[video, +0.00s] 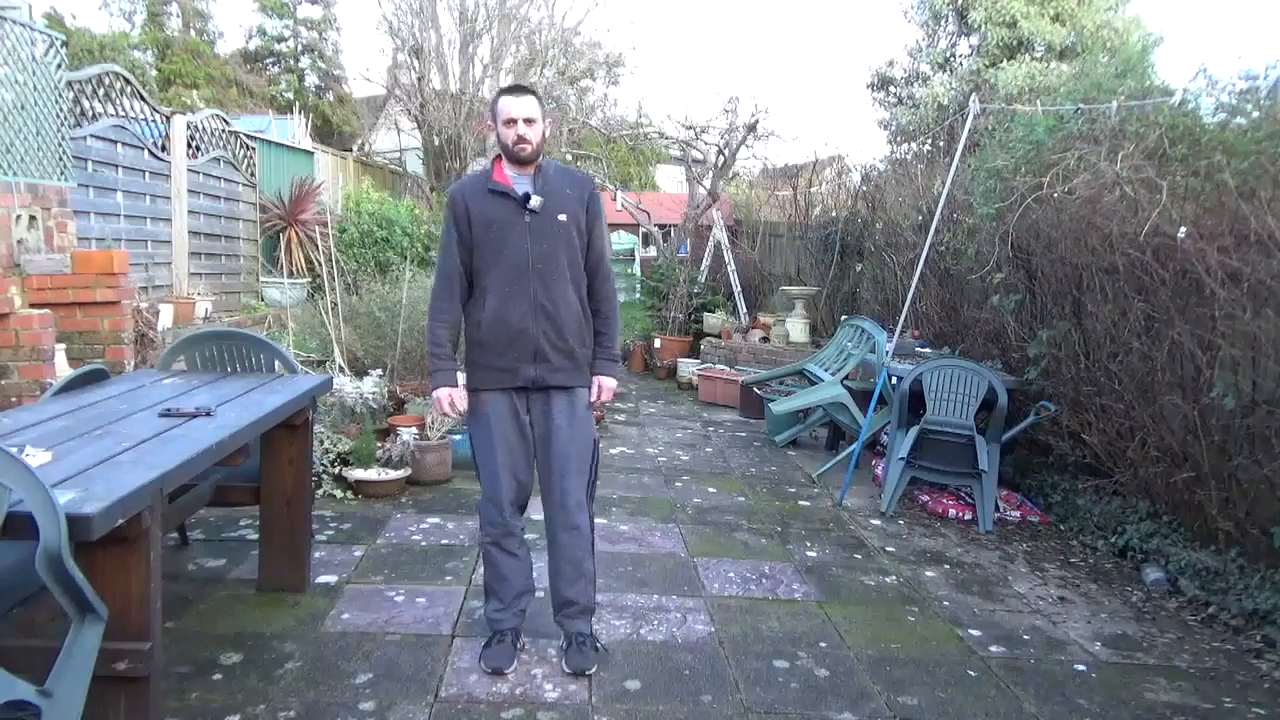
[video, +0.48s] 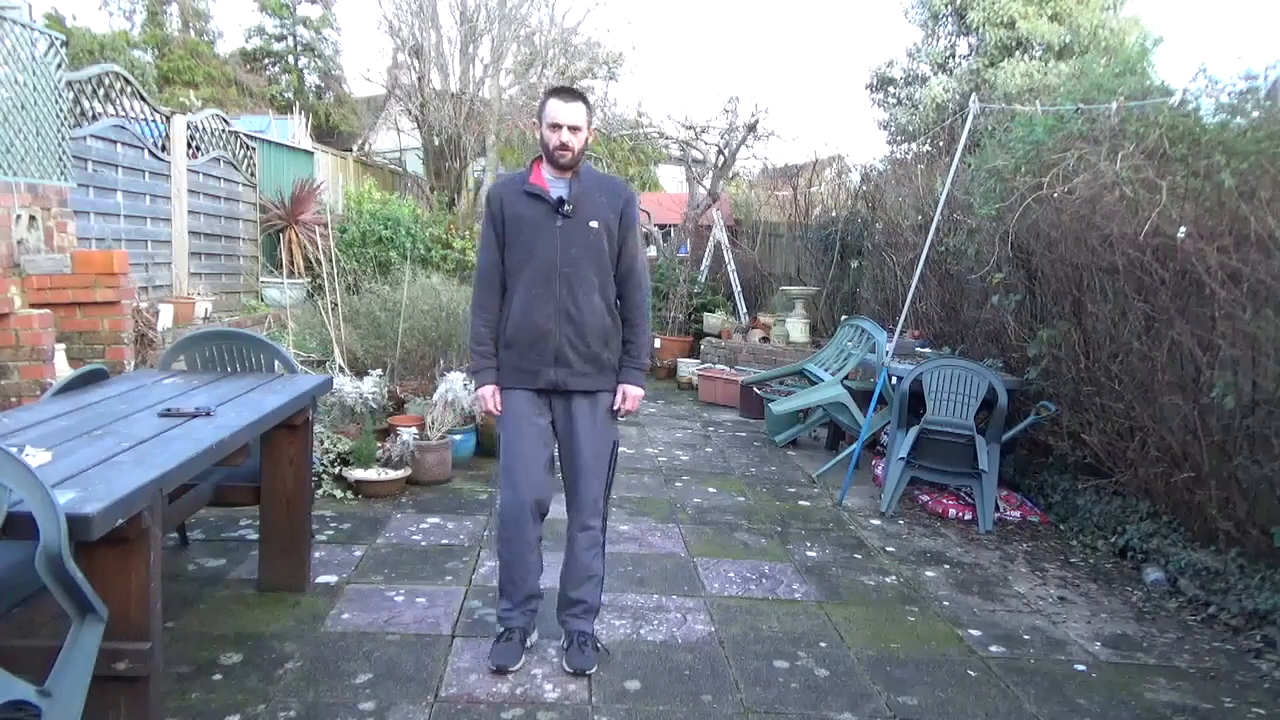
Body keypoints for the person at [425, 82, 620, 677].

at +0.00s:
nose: (521, 130)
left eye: (529, 121)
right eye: (510, 122)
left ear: (545, 126)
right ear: (494, 130)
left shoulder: (579, 189)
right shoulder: (467, 195)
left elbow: (601, 282)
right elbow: (447, 290)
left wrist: (606, 361)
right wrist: (444, 370)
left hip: (568, 372)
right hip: (492, 374)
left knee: (571, 509)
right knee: (500, 511)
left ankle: (578, 626)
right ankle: (503, 625)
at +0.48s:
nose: (564, 137)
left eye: (574, 128)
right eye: (555, 126)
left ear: (589, 133)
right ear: (539, 129)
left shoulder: (616, 197)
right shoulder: (505, 195)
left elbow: (635, 292)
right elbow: (487, 290)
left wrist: (634, 371)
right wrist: (484, 371)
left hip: (594, 378)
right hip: (519, 376)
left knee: (589, 511)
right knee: (520, 501)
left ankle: (581, 626)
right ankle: (514, 621)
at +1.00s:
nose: (562, 135)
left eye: (571, 124)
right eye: (552, 126)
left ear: (590, 128)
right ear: (538, 130)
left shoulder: (620, 198)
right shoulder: (509, 195)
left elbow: (637, 295)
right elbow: (488, 291)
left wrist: (637, 374)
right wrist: (486, 373)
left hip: (596, 379)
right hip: (524, 378)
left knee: (587, 511)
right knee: (532, 508)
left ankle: (581, 627)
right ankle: (537, 624)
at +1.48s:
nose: (550, 137)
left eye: (559, 126)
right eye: (539, 128)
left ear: (578, 127)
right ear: (527, 132)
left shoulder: (613, 195)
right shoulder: (501, 197)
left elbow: (632, 293)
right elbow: (483, 295)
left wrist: (632, 377)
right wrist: (483, 378)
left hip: (594, 378)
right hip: (521, 379)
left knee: (585, 510)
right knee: (531, 506)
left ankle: (580, 632)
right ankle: (536, 631)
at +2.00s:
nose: (545, 135)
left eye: (554, 124)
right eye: (534, 126)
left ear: (574, 125)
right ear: (522, 132)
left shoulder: (610, 194)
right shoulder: (496, 198)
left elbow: (630, 292)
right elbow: (479, 296)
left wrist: (630, 376)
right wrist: (480, 379)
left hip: (591, 379)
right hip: (517, 380)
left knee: (584, 508)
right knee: (530, 506)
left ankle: (580, 632)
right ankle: (536, 632)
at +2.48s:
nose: (542, 135)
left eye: (552, 124)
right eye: (532, 126)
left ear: (573, 125)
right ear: (520, 132)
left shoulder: (609, 194)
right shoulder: (495, 198)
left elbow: (628, 292)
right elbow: (477, 296)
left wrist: (628, 376)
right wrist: (479, 380)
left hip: (590, 379)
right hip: (517, 380)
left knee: (583, 509)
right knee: (529, 507)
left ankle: (579, 631)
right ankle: (536, 631)